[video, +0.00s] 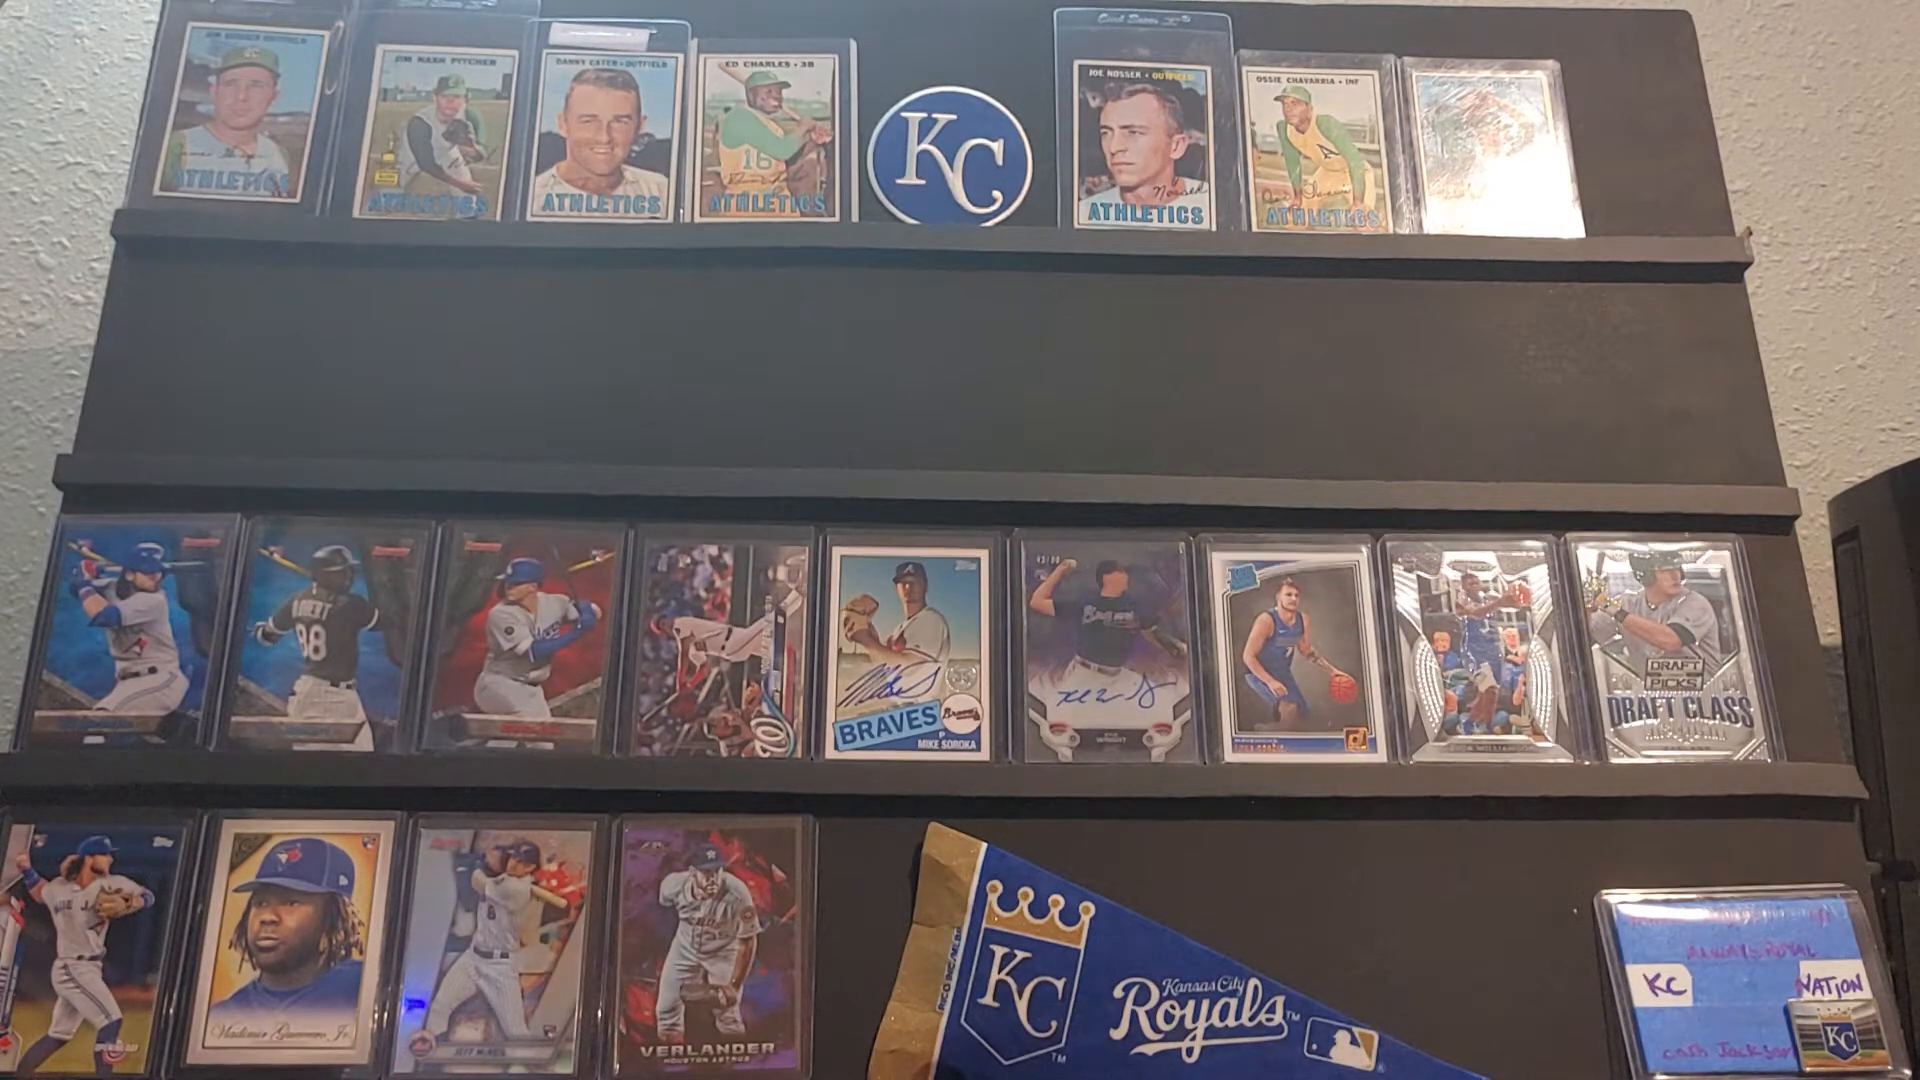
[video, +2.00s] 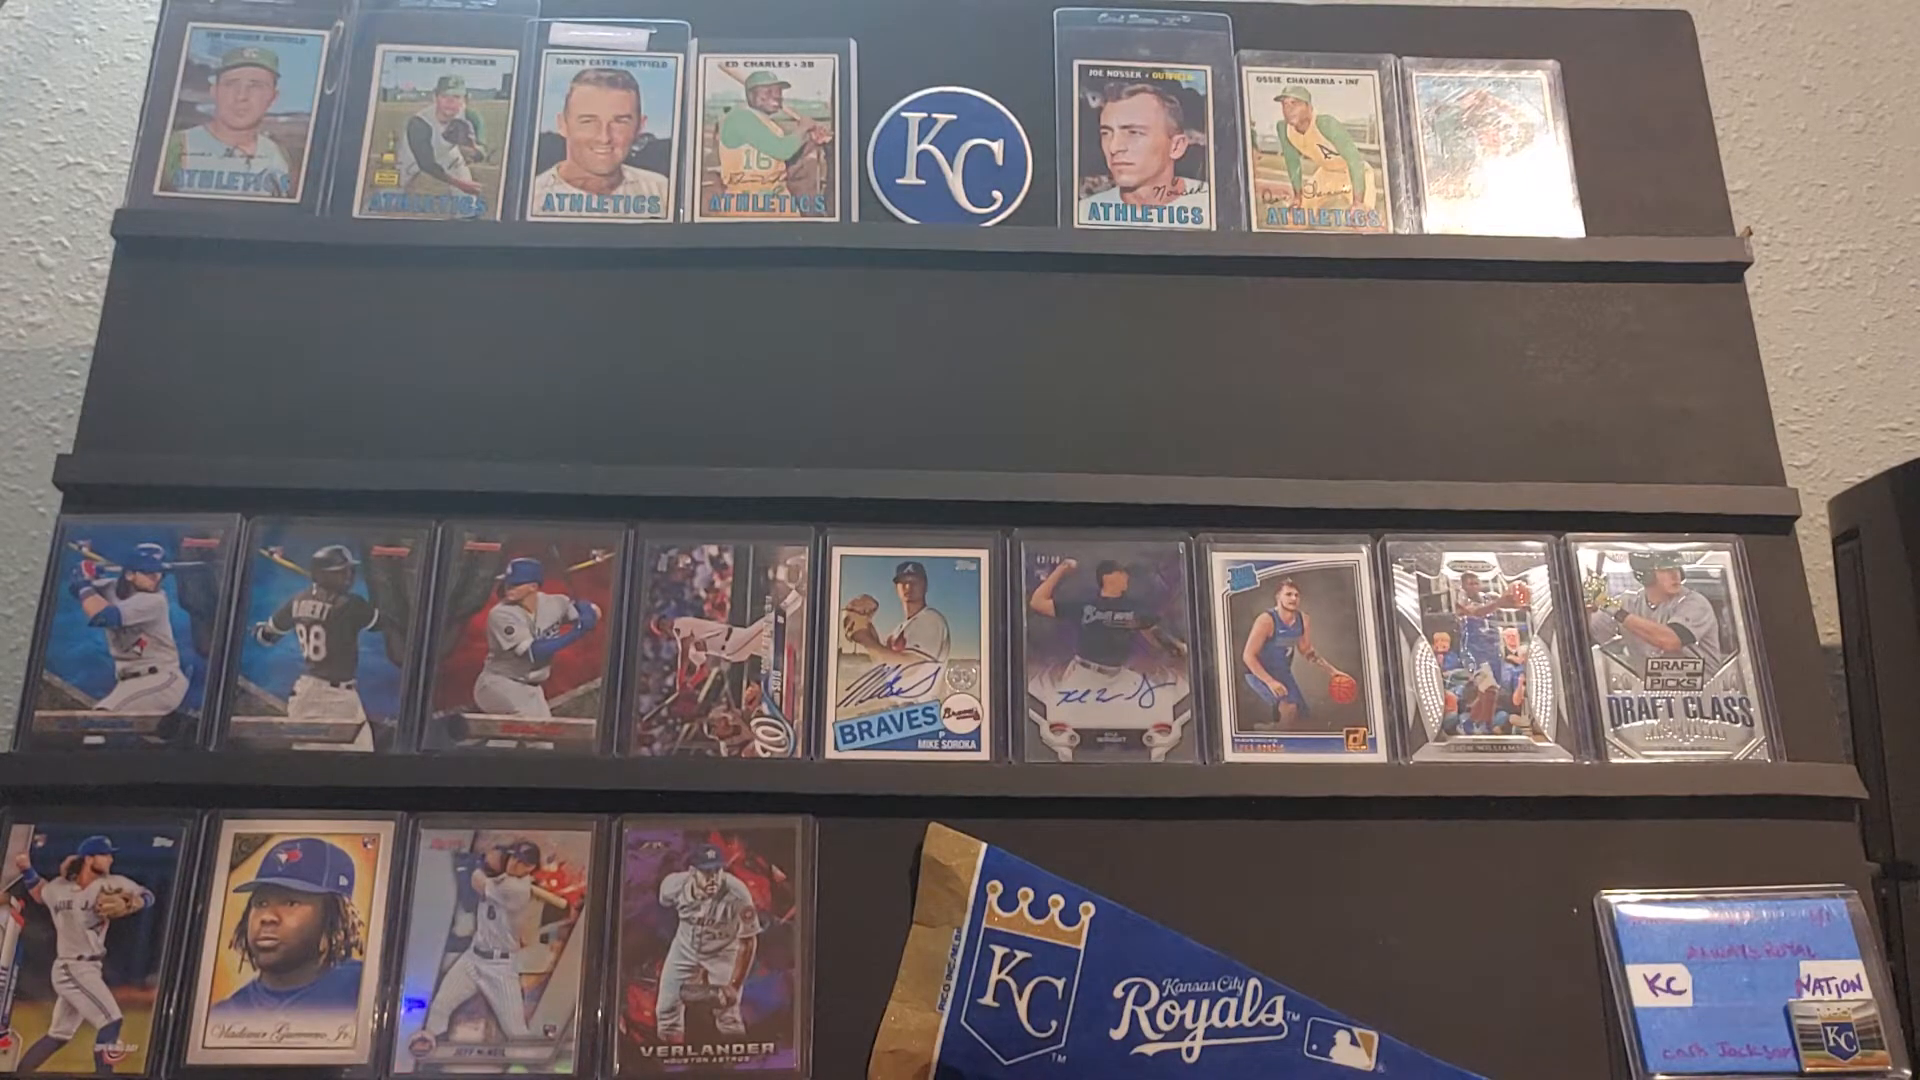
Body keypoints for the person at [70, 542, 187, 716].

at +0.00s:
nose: (156, 577)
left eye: (158, 572)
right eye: (148, 572)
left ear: (162, 573)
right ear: (130, 575)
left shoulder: (154, 600)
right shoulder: (114, 587)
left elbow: (105, 617)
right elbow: (79, 589)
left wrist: (83, 585)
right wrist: (87, 574)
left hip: (162, 679)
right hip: (129, 681)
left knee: (101, 716)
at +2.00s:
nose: (156, 577)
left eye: (159, 572)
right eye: (149, 572)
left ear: (162, 573)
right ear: (130, 574)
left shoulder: (155, 600)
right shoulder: (113, 587)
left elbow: (104, 617)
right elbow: (78, 589)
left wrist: (83, 586)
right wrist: (86, 573)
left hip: (163, 679)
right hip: (130, 682)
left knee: (100, 718)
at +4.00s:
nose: (156, 577)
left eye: (158, 571)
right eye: (148, 572)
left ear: (162, 573)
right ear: (130, 574)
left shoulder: (154, 600)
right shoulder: (113, 587)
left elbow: (104, 617)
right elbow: (79, 588)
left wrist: (83, 585)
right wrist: (88, 573)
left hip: (163, 679)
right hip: (129, 682)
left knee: (99, 717)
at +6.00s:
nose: (156, 577)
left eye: (158, 571)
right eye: (148, 572)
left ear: (162, 573)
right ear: (130, 575)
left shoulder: (155, 601)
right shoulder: (114, 588)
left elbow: (104, 617)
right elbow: (78, 589)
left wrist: (83, 585)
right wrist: (87, 570)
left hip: (163, 679)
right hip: (130, 681)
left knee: (100, 717)